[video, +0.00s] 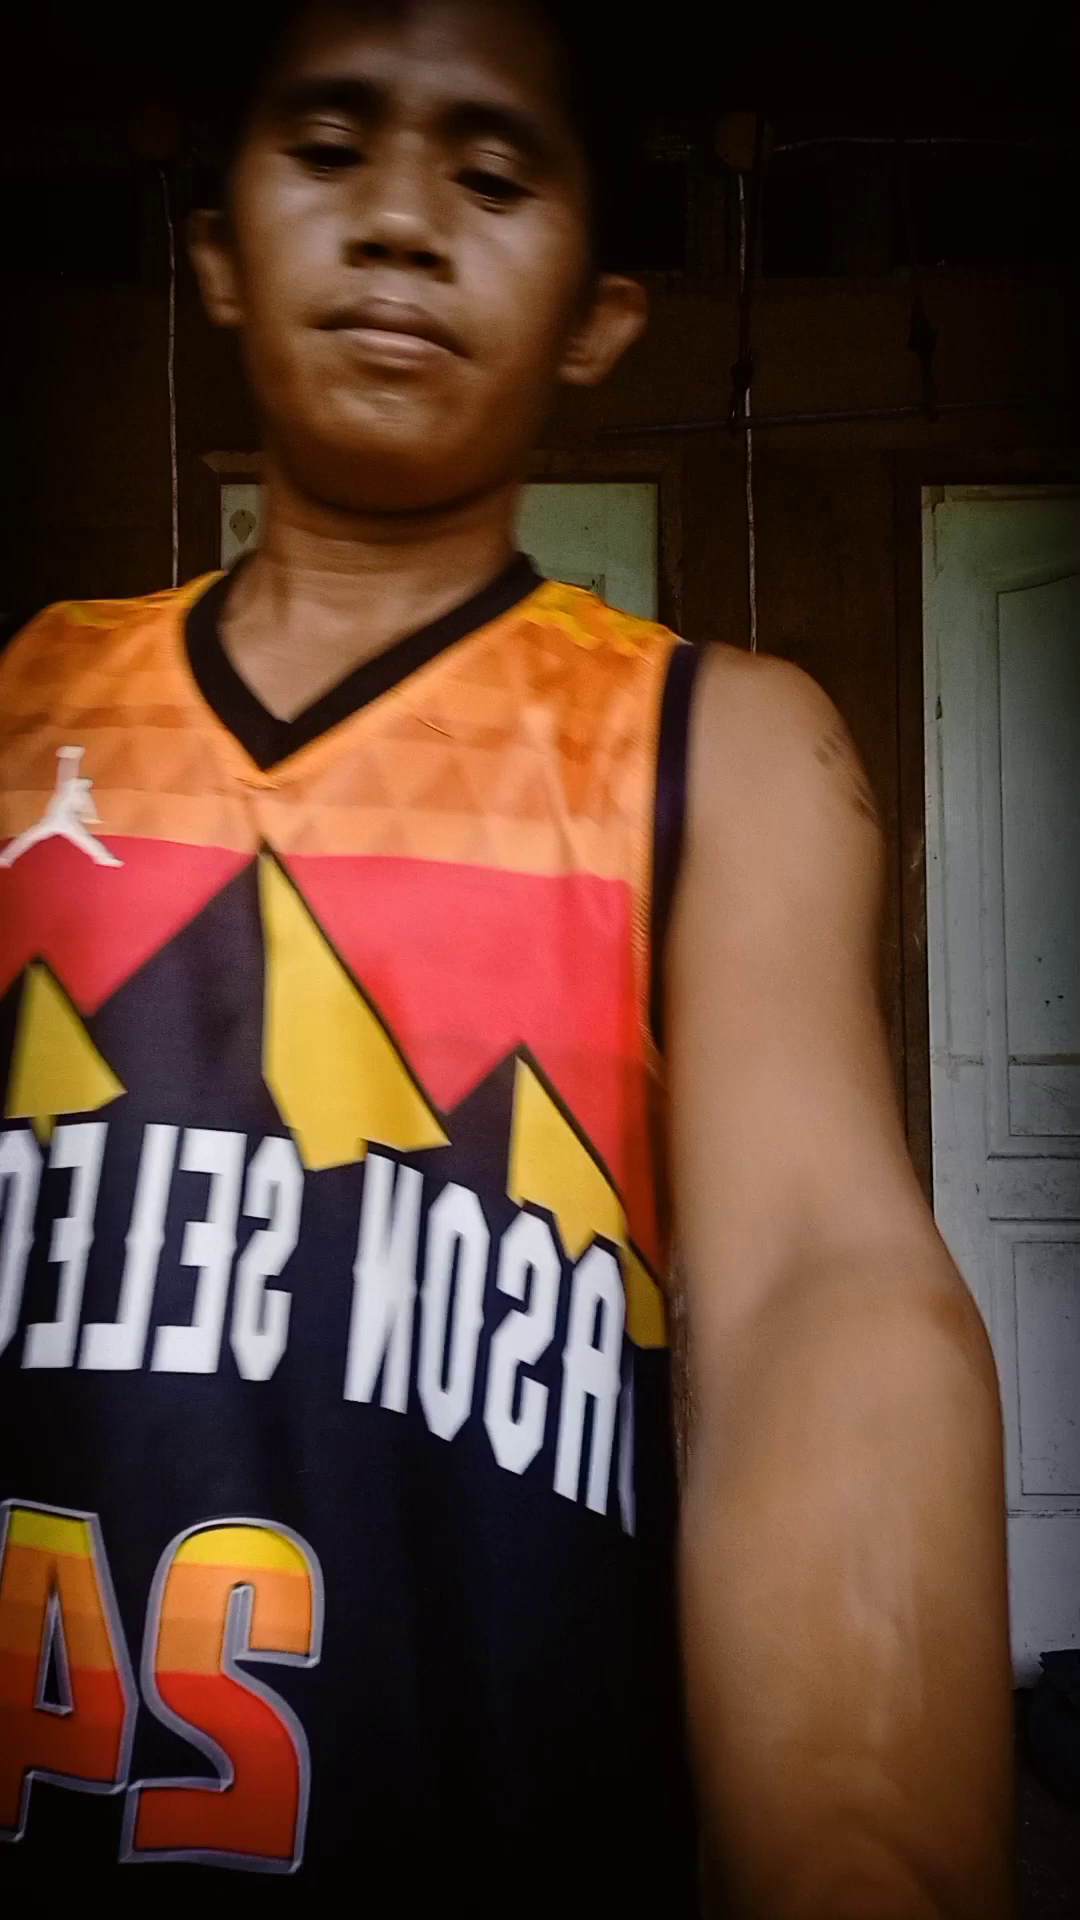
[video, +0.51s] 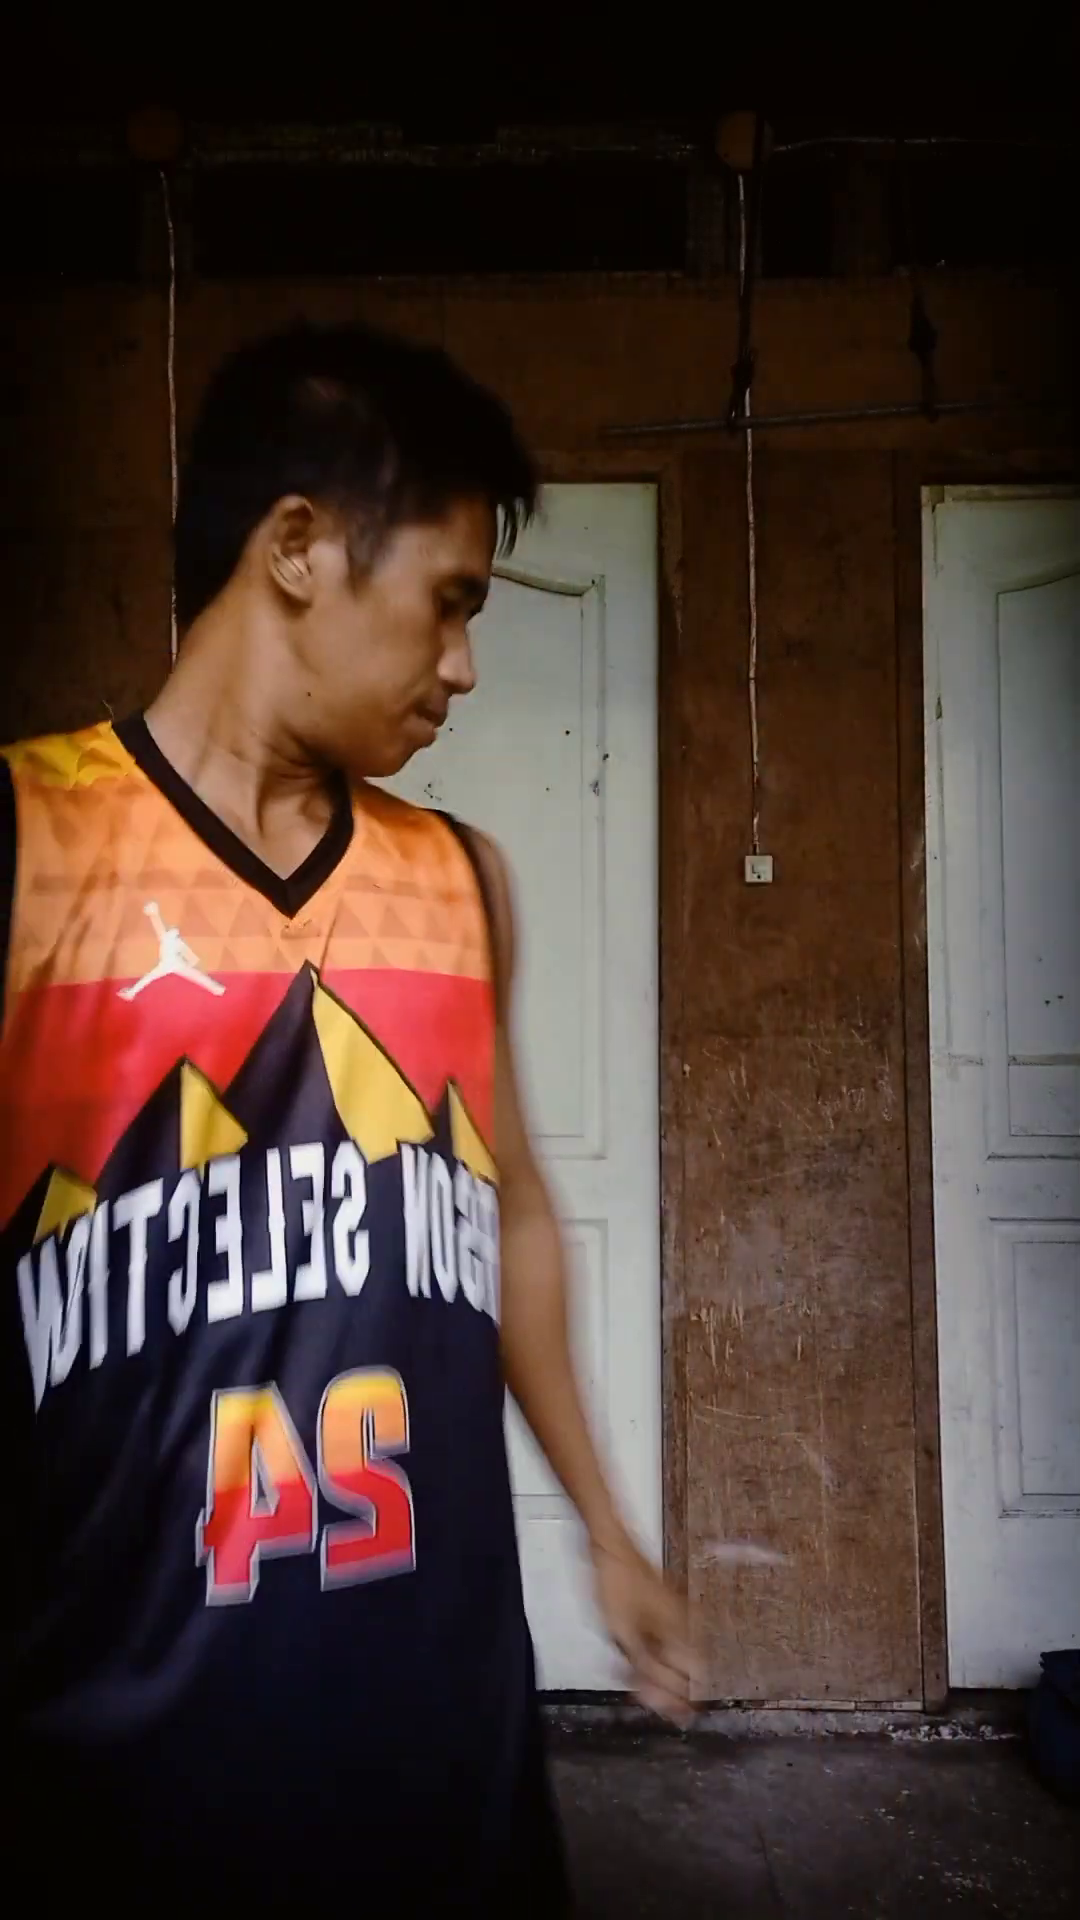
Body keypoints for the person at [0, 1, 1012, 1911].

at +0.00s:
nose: (399, 220)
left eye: (489, 169)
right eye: (328, 145)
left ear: (593, 321)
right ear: (219, 262)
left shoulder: (725, 743)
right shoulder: (30, 700)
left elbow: (821, 1318)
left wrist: (858, 1881)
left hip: (510, 1798)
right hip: (38, 1790)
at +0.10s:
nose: (474, 290)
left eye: (561, 242)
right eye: (406, 210)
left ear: (648, 377)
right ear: (291, 303)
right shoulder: (42, 715)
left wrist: (888, 1899)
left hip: (531, 1821)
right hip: (52, 1784)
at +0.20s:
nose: (483, 400)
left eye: (540, 357)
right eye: (416, 324)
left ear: (583, 450)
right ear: (272, 382)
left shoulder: (685, 832)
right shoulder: (47, 761)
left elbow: (760, 1338)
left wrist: (857, 1878)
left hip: (523, 1813)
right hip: (89, 1797)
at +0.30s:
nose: (500, 503)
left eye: (526, 460)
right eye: (443, 424)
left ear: (543, 499)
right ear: (260, 436)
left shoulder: (614, 857)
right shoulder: (40, 800)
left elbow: (688, 1288)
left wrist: (798, 1760)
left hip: (503, 1768)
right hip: (106, 1765)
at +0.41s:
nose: (488, 613)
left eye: (498, 561)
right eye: (455, 541)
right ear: (272, 499)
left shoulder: (520, 877)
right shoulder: (31, 836)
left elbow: (604, 1246)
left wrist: (713, 1607)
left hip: (458, 1742)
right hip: (106, 1740)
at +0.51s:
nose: (465, 676)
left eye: (475, 618)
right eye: (450, 606)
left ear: (307, 560)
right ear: (294, 551)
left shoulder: (449, 873)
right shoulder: (33, 833)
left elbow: (504, 1205)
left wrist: (606, 1522)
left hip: (420, 1677)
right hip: (116, 1690)